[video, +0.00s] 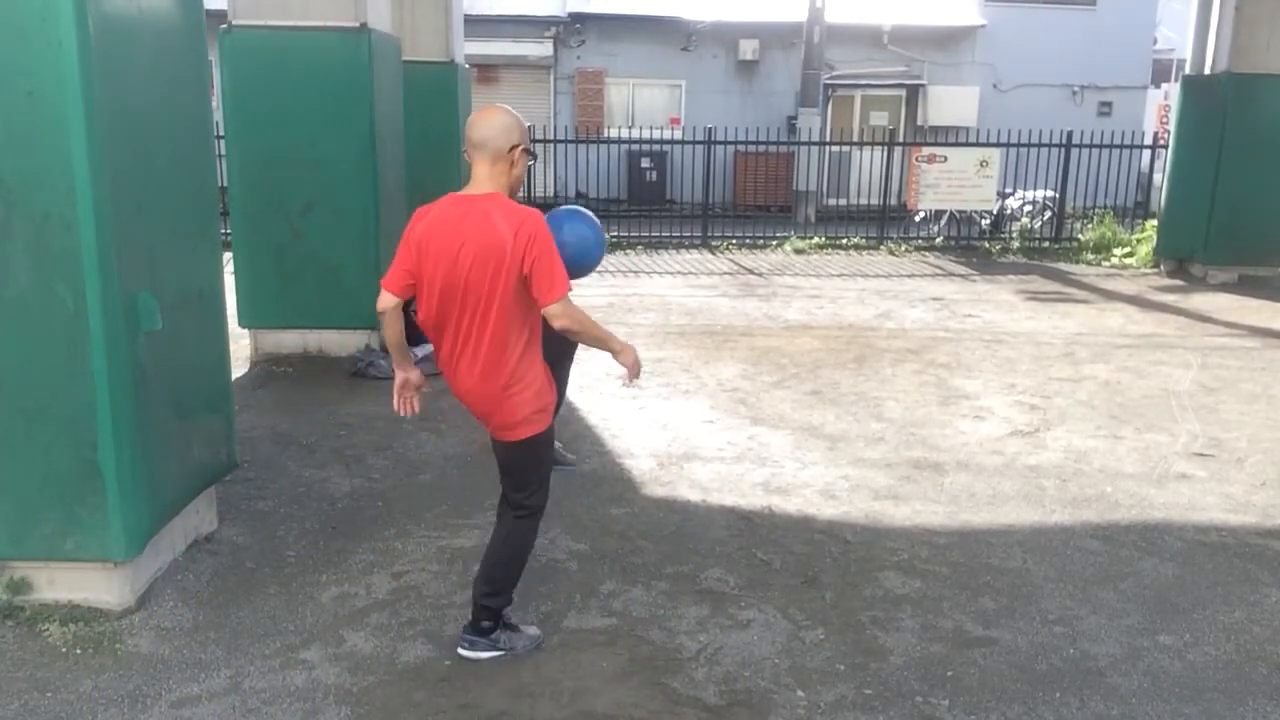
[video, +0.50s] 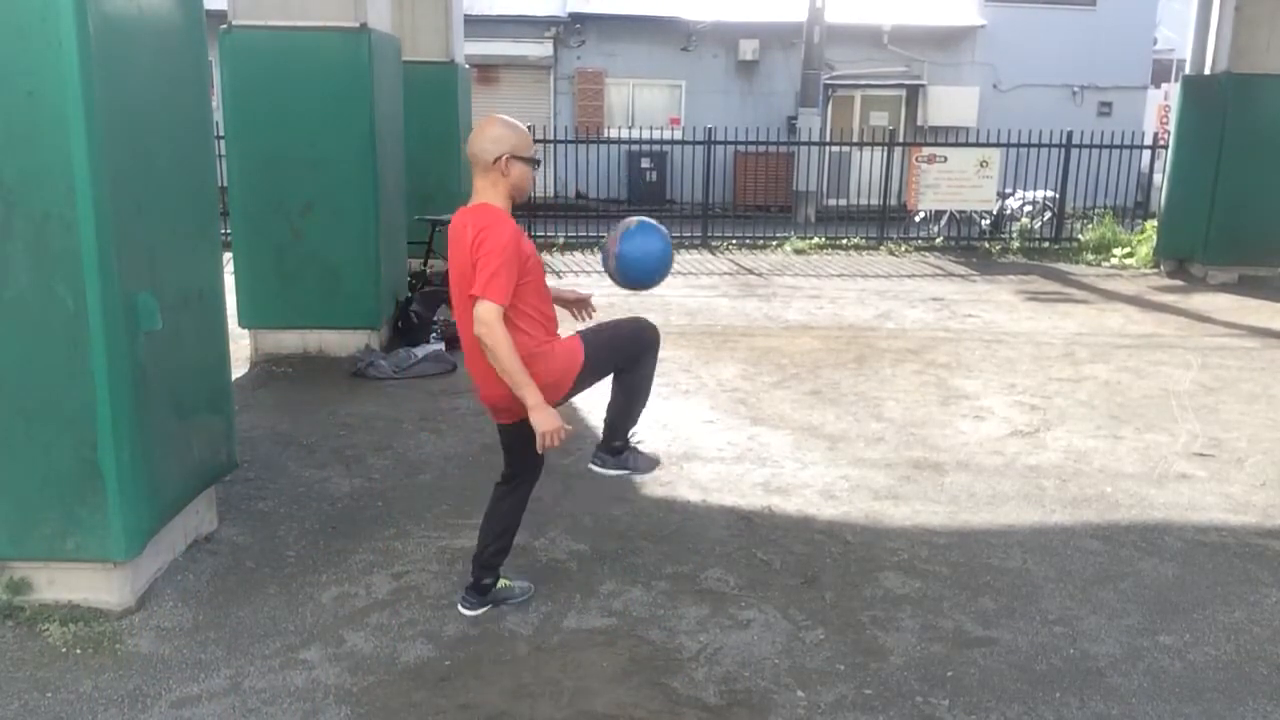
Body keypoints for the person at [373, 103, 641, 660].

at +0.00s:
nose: (527, 163)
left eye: (524, 153)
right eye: (527, 154)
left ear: (469, 155)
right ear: (516, 157)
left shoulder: (427, 220)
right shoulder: (525, 224)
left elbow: (388, 303)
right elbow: (558, 314)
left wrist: (402, 364)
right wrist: (616, 345)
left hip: (467, 379)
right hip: (519, 391)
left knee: (563, 324)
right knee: (521, 507)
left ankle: (539, 448)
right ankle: (484, 626)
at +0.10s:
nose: (527, 157)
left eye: (524, 147)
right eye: (526, 147)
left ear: (470, 151)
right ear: (514, 150)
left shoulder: (431, 216)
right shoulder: (528, 219)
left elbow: (391, 300)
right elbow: (562, 309)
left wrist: (408, 363)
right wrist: (616, 337)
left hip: (466, 371)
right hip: (516, 383)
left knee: (563, 350)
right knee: (516, 503)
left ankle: (534, 467)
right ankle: (484, 626)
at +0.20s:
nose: (527, 155)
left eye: (525, 145)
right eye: (525, 145)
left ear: (472, 149)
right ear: (510, 148)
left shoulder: (436, 215)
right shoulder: (523, 214)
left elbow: (400, 298)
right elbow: (560, 304)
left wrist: (425, 346)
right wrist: (614, 332)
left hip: (475, 380)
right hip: (517, 388)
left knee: (551, 417)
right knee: (513, 506)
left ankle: (507, 521)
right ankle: (484, 627)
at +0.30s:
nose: (527, 167)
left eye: (527, 156)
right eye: (525, 155)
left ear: (477, 156)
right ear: (503, 155)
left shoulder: (438, 219)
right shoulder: (508, 218)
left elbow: (412, 295)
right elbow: (536, 310)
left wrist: (458, 328)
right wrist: (601, 342)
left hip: (477, 385)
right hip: (524, 388)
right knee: (571, 481)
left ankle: (479, 586)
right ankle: (509, 593)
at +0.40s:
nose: (527, 177)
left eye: (527, 166)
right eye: (524, 165)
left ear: (478, 164)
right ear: (499, 163)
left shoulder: (449, 222)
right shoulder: (495, 227)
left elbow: (435, 290)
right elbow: (505, 322)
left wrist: (493, 321)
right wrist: (574, 373)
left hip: (482, 386)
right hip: (517, 381)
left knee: (510, 475)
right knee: (621, 411)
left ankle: (481, 586)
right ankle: (564, 516)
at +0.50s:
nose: (535, 173)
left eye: (533, 163)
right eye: (530, 162)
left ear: (491, 166)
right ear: (505, 166)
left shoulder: (464, 222)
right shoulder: (501, 232)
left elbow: (501, 282)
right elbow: (487, 322)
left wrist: (554, 294)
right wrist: (535, 404)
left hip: (499, 385)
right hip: (535, 380)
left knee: (520, 471)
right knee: (641, 335)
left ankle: (481, 586)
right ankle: (614, 448)